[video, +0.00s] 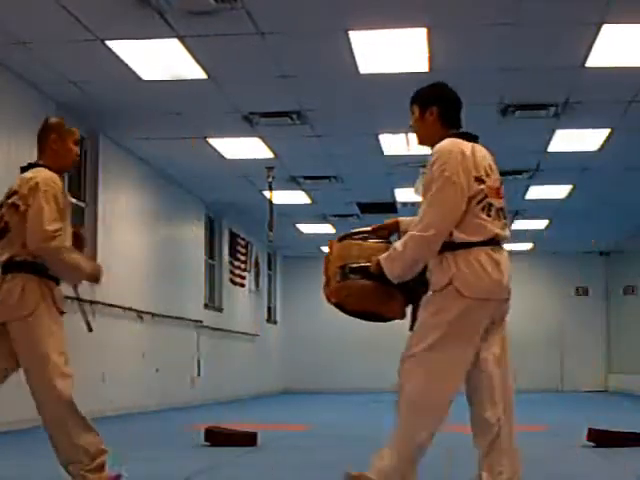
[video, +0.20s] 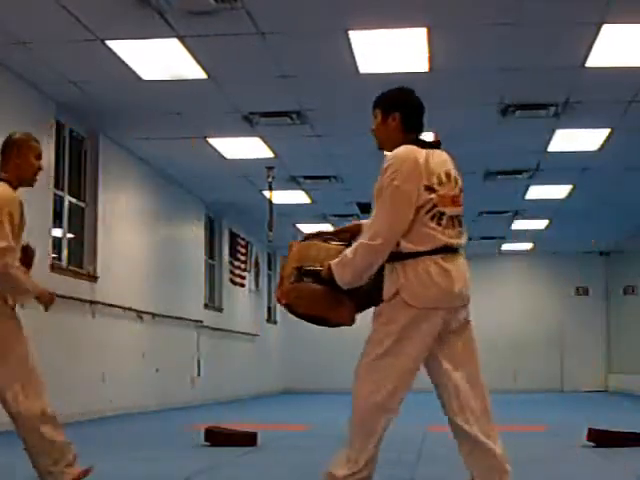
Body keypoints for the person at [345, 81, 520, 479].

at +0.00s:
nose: (412, 127)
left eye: (415, 117)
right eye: (412, 118)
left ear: (432, 115)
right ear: (448, 116)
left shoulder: (450, 153)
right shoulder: (480, 154)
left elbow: (434, 227)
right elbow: (457, 220)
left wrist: (386, 266)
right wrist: (404, 225)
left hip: (464, 276)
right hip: (492, 274)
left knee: (422, 369)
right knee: (488, 382)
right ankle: (500, 471)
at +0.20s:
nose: (373, 130)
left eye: (376, 121)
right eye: (374, 121)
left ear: (394, 120)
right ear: (407, 122)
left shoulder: (403, 161)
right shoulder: (442, 159)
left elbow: (381, 235)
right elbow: (412, 224)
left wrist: (337, 272)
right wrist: (360, 231)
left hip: (417, 282)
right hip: (453, 277)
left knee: (375, 384)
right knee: (463, 392)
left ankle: (353, 470)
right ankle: (492, 471)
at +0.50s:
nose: (309, 135)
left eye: (310, 126)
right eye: (308, 127)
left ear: (328, 122)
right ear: (346, 122)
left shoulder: (342, 161)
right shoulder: (387, 154)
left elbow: (333, 237)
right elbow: (372, 216)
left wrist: (297, 280)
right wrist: (316, 233)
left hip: (383, 272)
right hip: (423, 264)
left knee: (359, 377)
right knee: (442, 375)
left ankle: (350, 470)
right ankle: (479, 469)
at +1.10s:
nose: (351, 146)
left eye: (352, 136)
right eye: (349, 137)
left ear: (372, 129)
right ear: (381, 130)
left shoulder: (392, 168)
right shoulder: (425, 166)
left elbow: (375, 237)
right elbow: (399, 231)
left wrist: (324, 242)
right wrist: (345, 232)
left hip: (406, 283)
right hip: (439, 277)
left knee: (357, 375)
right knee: (450, 386)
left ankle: (347, 469)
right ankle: (506, 468)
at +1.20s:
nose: (375, 141)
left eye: (376, 131)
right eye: (373, 133)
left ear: (396, 125)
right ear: (406, 126)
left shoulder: (426, 159)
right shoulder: (438, 159)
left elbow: (409, 223)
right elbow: (417, 232)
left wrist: (364, 215)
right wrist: (366, 233)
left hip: (437, 280)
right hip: (462, 278)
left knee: (392, 382)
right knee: (470, 391)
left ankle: (352, 471)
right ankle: (509, 472)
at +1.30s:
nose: (395, 142)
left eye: (396, 132)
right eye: (393, 135)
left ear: (416, 125)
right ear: (421, 127)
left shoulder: (451, 153)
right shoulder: (442, 163)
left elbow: (442, 214)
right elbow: (439, 239)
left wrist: (392, 217)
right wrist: (393, 257)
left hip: (470, 271)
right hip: (483, 270)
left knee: (426, 369)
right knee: (481, 385)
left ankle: (403, 467)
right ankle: (508, 471)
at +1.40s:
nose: (410, 144)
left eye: (410, 134)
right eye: (406, 136)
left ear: (428, 125)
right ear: (434, 125)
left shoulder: (469, 149)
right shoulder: (460, 160)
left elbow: (466, 205)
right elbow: (463, 226)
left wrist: (405, 227)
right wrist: (413, 242)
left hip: (495, 266)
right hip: (500, 265)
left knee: (462, 363)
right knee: (499, 368)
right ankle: (509, 464)